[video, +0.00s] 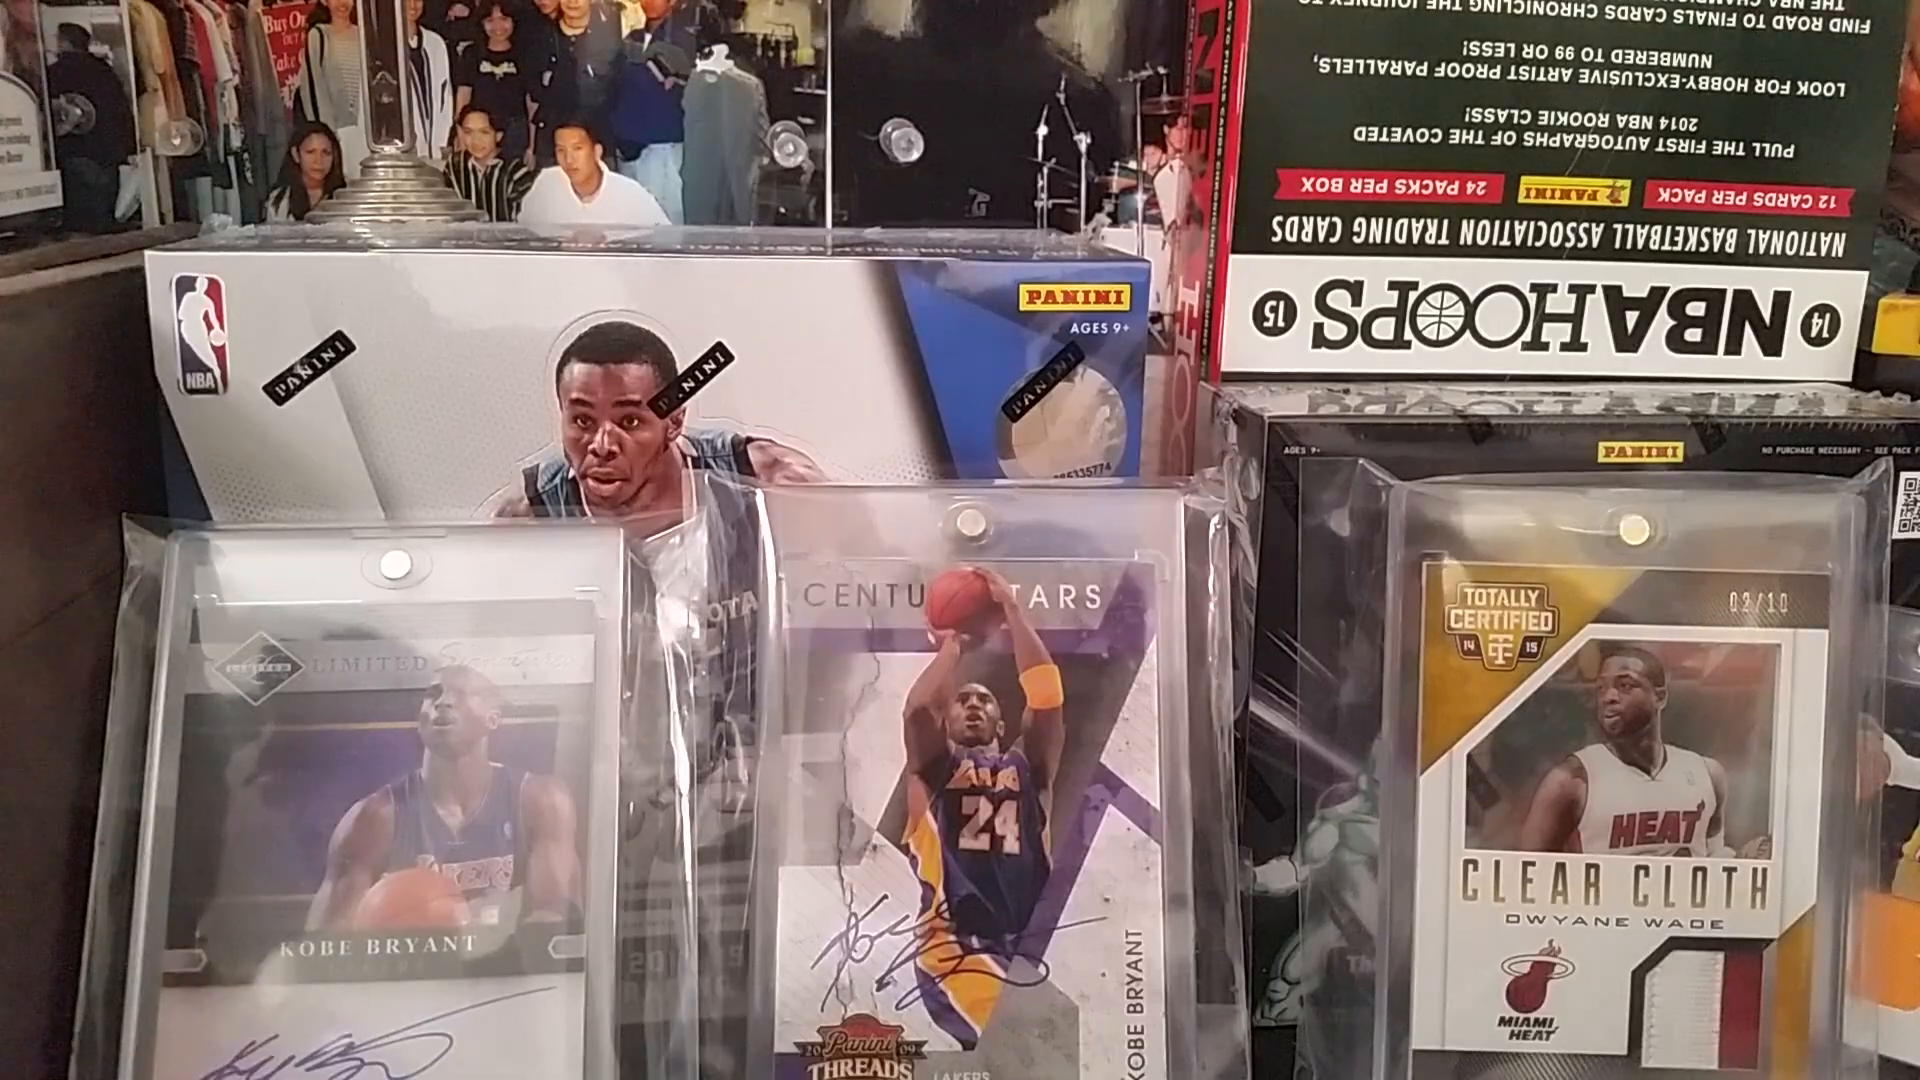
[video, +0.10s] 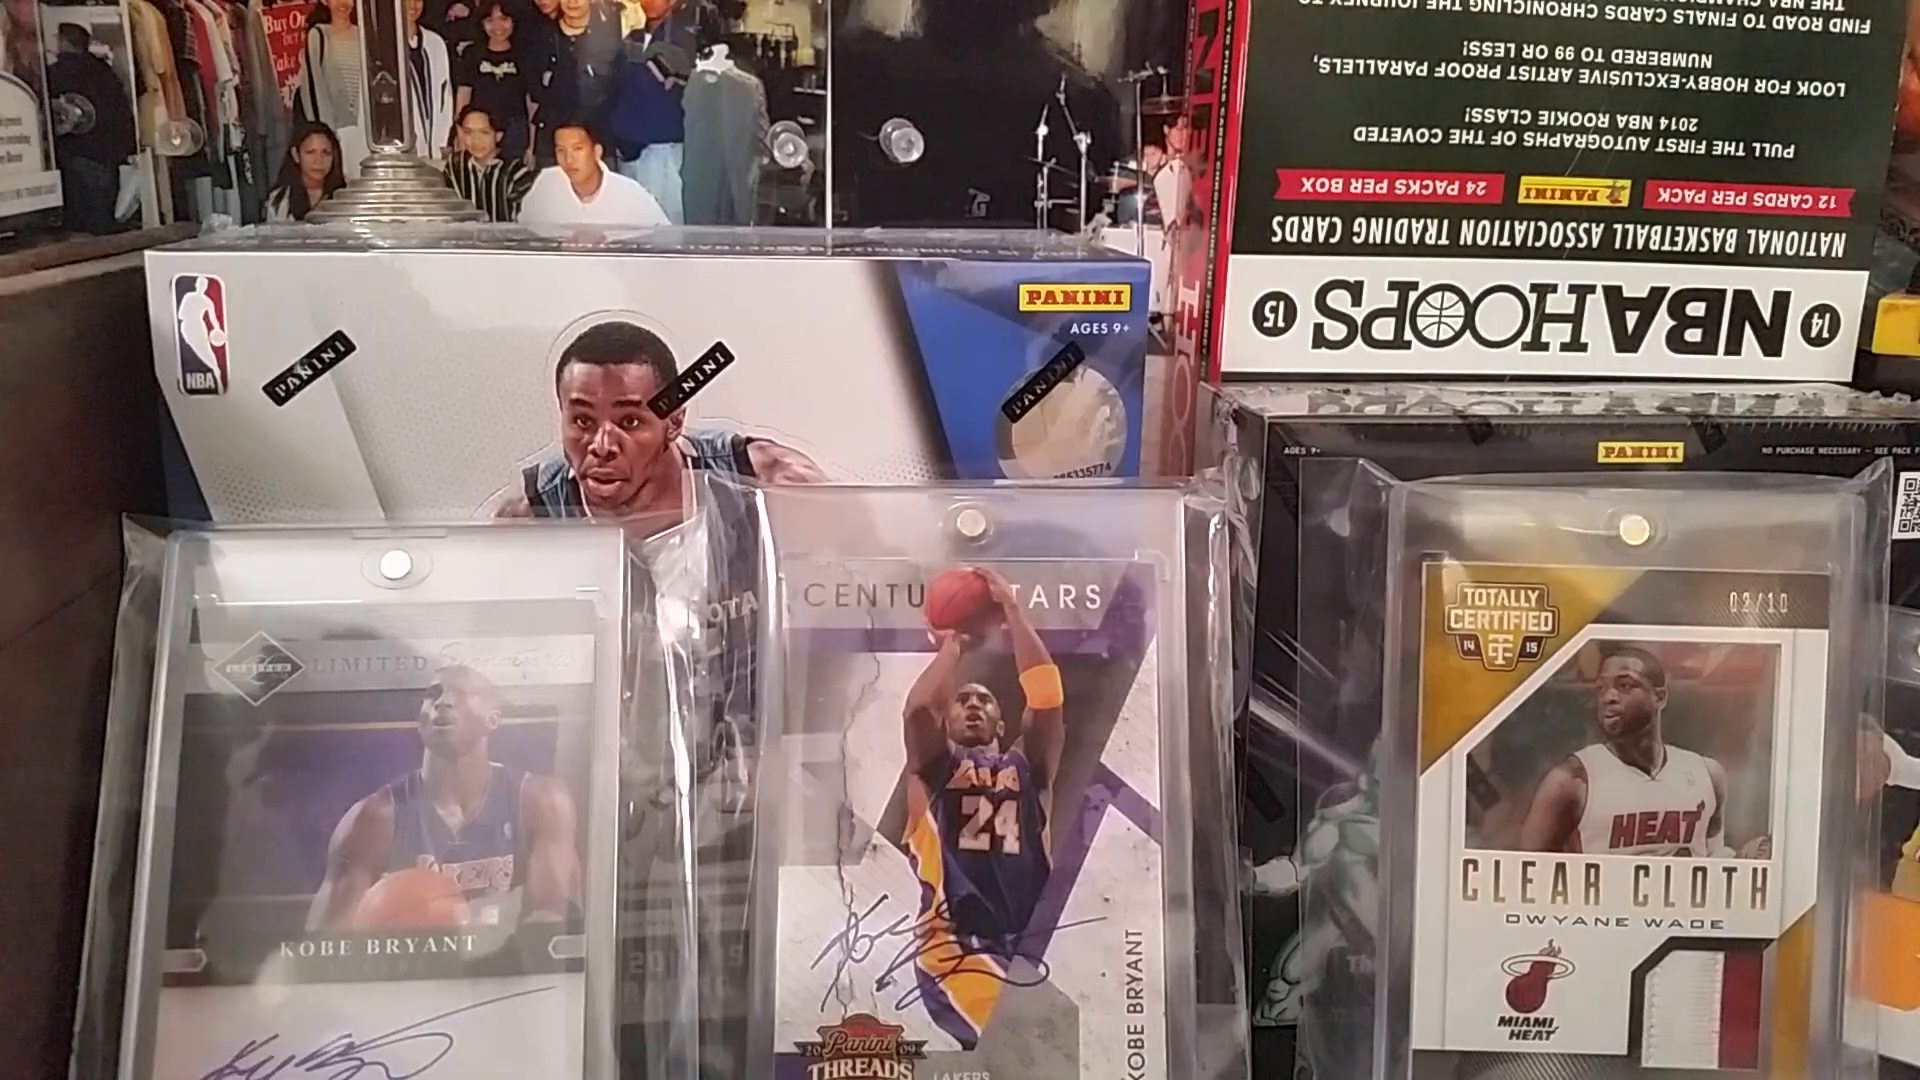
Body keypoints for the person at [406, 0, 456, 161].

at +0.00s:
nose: (413, 6)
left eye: (417, 1)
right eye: (408, 1)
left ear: (423, 4)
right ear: (397, 5)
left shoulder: (436, 43)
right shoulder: (388, 44)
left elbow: (446, 95)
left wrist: (442, 142)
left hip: (436, 145)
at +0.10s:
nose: (414, 6)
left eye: (417, 1)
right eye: (408, 1)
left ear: (423, 4)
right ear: (396, 5)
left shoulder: (436, 43)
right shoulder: (388, 44)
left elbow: (446, 94)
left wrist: (442, 142)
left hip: (436, 145)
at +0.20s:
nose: (414, 6)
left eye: (417, 1)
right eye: (408, 1)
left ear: (423, 4)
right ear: (396, 5)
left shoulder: (437, 43)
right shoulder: (388, 44)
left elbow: (446, 95)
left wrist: (442, 143)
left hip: (436, 146)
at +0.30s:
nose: (414, 6)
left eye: (417, 1)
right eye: (408, 1)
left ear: (423, 4)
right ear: (396, 5)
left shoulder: (437, 43)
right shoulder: (388, 44)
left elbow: (446, 95)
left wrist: (441, 143)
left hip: (436, 145)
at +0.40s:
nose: (414, 6)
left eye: (417, 1)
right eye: (408, 1)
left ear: (423, 4)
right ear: (396, 5)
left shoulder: (437, 43)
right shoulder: (388, 44)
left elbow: (446, 94)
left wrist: (442, 142)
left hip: (437, 145)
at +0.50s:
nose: (414, 5)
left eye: (417, 0)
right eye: (408, 1)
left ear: (423, 4)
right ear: (397, 4)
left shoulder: (436, 42)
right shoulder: (388, 43)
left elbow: (446, 94)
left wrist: (442, 142)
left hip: (436, 144)